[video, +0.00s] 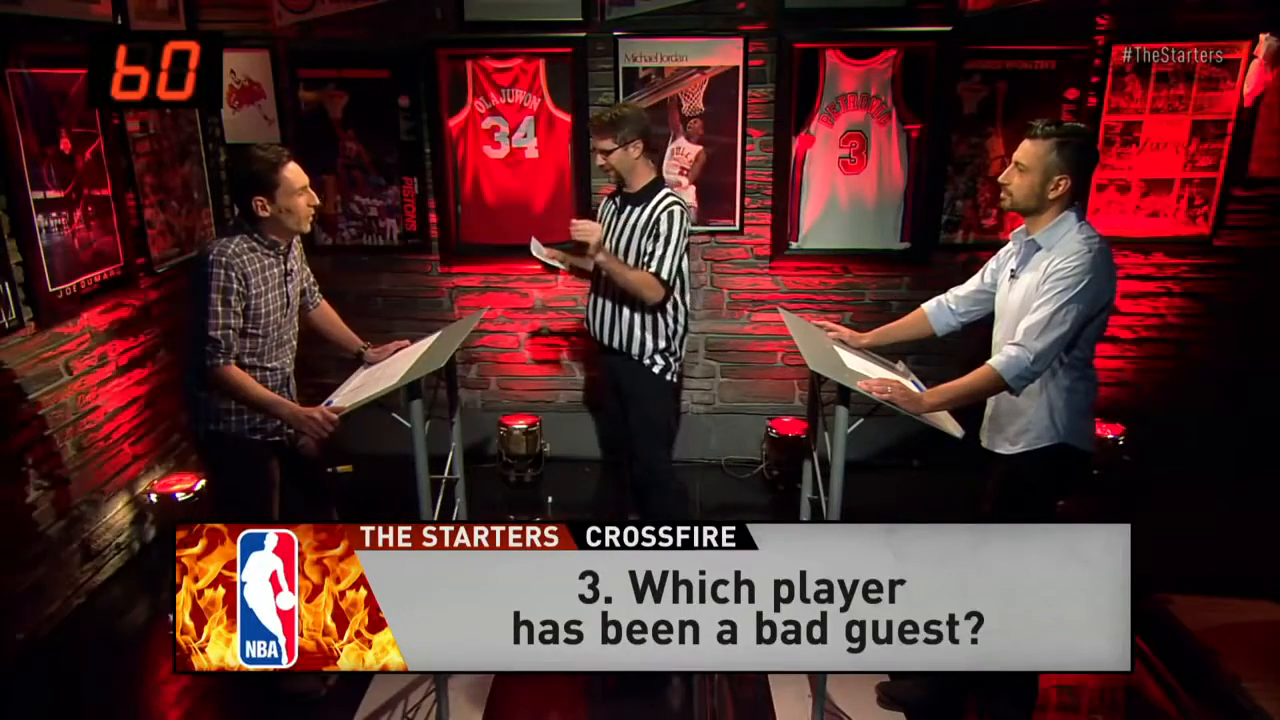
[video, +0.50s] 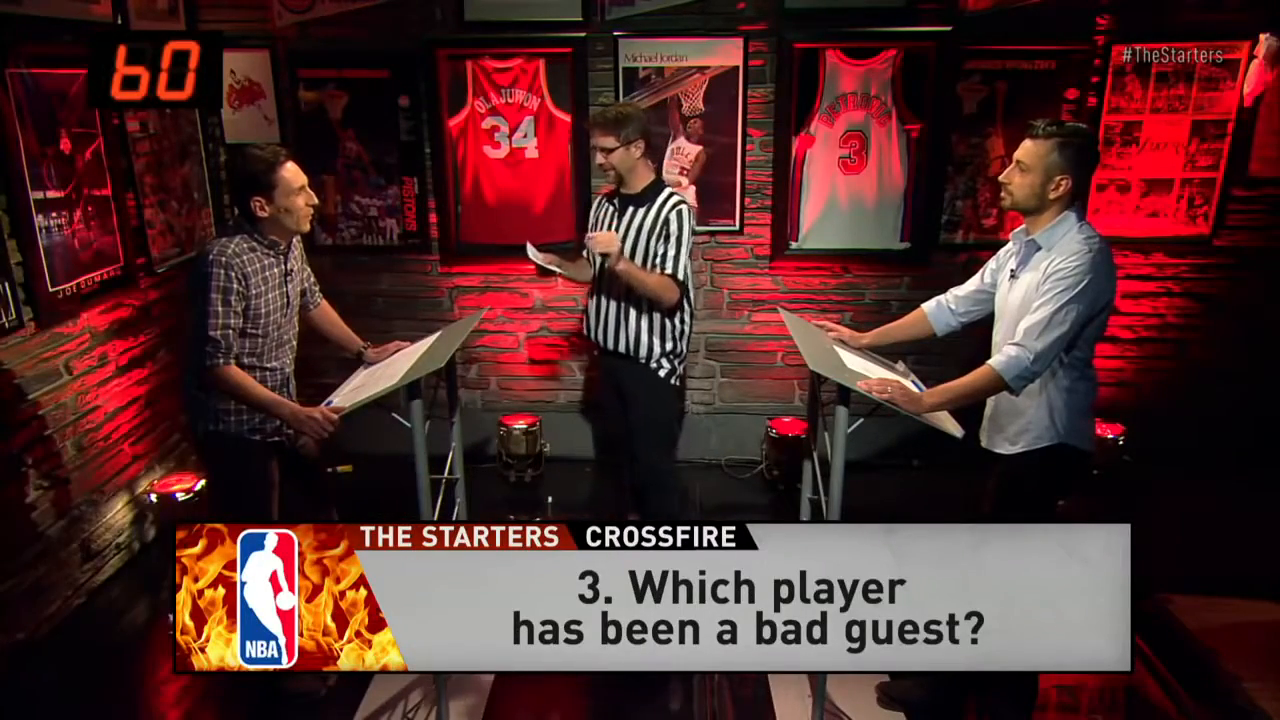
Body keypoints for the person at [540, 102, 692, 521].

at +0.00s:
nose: (599, 162)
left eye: (607, 152)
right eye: (596, 152)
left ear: (637, 148)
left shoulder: (670, 210)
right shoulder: (611, 203)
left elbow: (654, 290)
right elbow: (604, 268)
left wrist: (601, 252)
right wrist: (567, 260)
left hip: (650, 364)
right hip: (609, 355)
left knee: (651, 468)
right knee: (615, 463)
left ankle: (663, 543)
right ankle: (615, 535)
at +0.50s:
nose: (599, 160)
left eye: (607, 150)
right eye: (595, 151)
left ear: (638, 147)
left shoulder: (673, 209)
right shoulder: (605, 204)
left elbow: (670, 293)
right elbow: (599, 275)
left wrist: (619, 262)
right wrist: (559, 263)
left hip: (653, 368)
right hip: (608, 361)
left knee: (653, 474)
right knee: (611, 469)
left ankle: (663, 550)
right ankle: (612, 542)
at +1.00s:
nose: (618, 145)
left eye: (630, 139)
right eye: (618, 135)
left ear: (665, 148)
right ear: (626, 142)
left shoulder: (693, 212)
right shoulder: (610, 205)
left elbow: (699, 303)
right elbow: (608, 283)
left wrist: (651, 276)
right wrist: (579, 272)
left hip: (669, 381)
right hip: (617, 373)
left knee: (663, 498)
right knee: (611, 489)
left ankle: (670, 596)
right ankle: (617, 590)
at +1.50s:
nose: (633, 147)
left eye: (647, 141)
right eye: (630, 137)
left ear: (675, 151)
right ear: (624, 140)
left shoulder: (706, 217)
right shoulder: (611, 209)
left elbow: (713, 304)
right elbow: (599, 282)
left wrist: (675, 297)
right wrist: (580, 284)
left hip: (677, 383)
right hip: (617, 375)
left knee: (671, 491)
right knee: (610, 482)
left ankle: (675, 572)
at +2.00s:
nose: (701, 152)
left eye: (701, 142)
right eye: (690, 145)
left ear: (689, 149)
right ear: (654, 153)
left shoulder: (711, 214)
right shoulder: (615, 218)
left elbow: (725, 293)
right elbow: (581, 288)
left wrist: (754, 259)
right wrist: (610, 305)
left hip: (688, 383)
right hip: (631, 385)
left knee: (677, 504)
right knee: (625, 503)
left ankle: (671, 596)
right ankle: (617, 596)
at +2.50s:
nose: (675, 158)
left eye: (685, 147)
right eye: (665, 148)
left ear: (702, 154)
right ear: (649, 154)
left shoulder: (721, 215)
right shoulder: (620, 216)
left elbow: (726, 285)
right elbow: (588, 288)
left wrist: (725, 307)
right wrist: (628, 311)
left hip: (692, 380)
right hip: (631, 382)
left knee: (685, 488)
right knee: (635, 488)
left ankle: (680, 576)